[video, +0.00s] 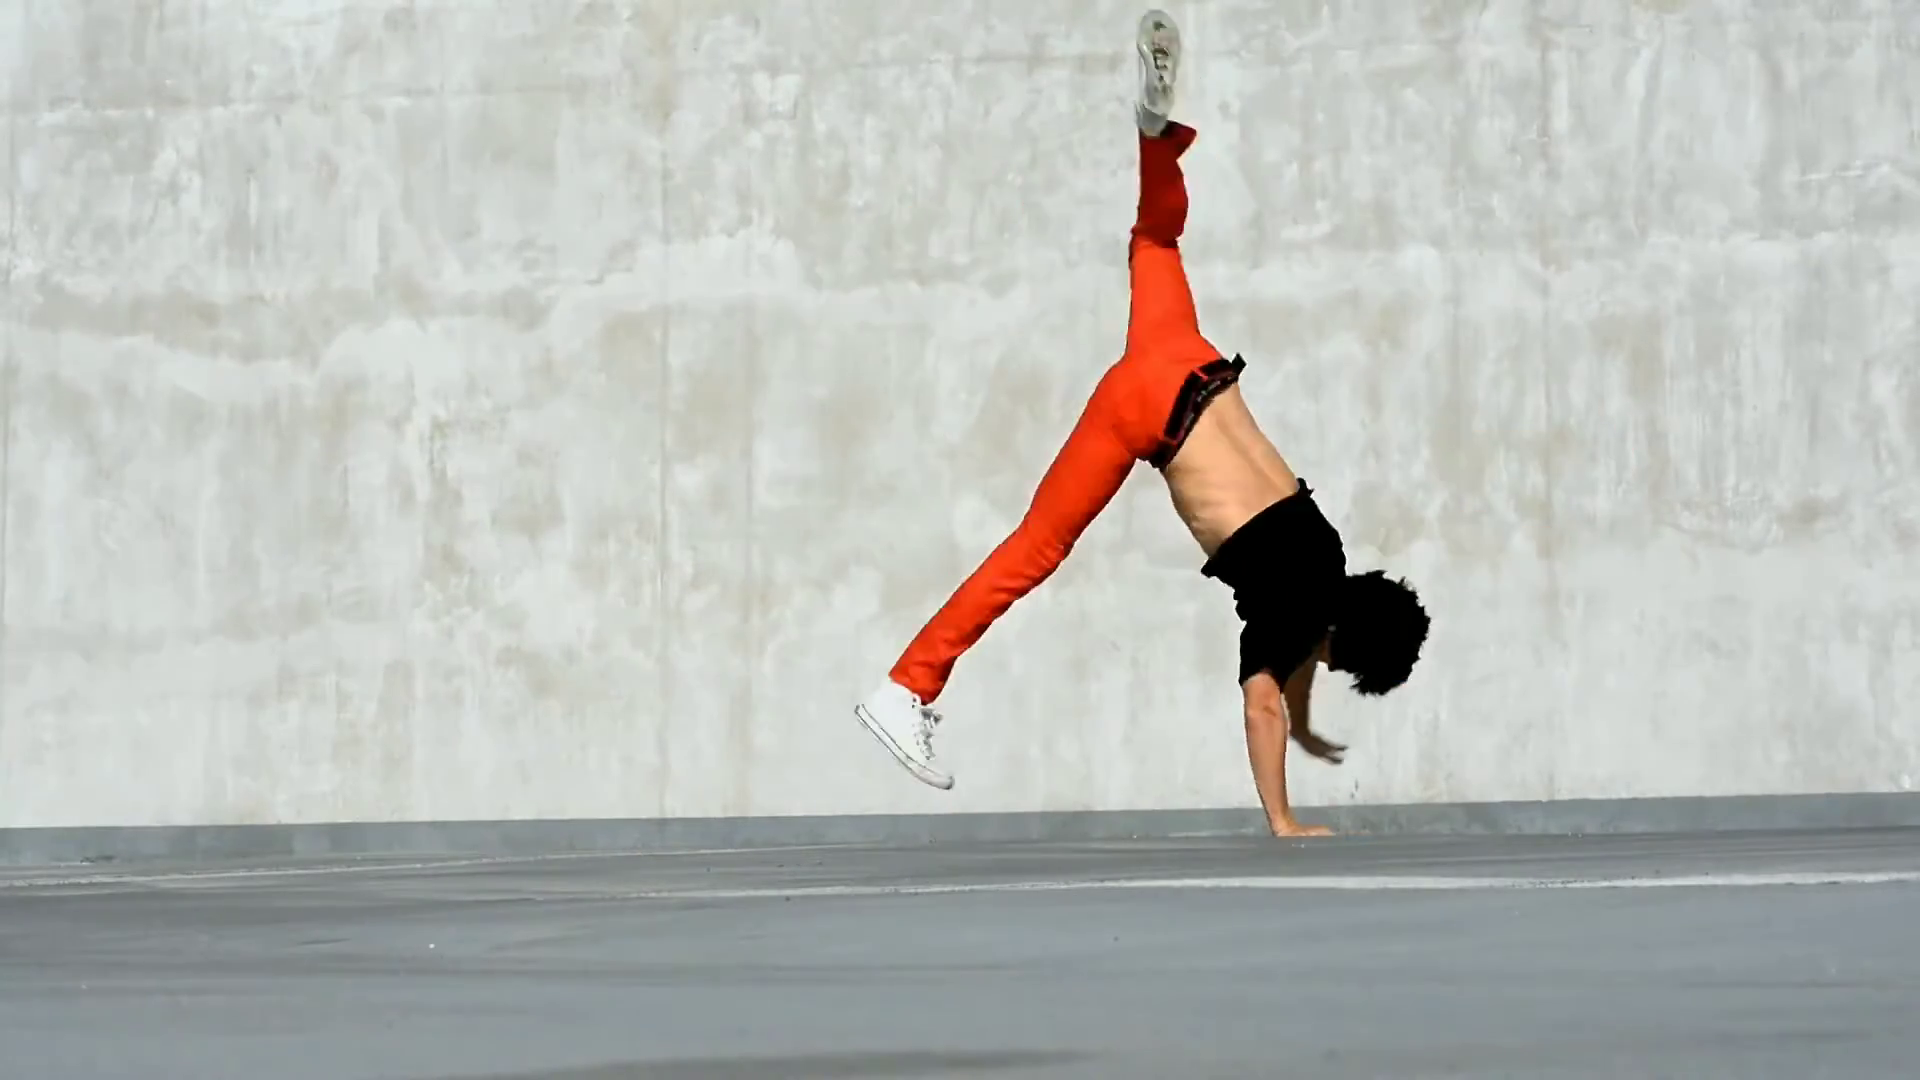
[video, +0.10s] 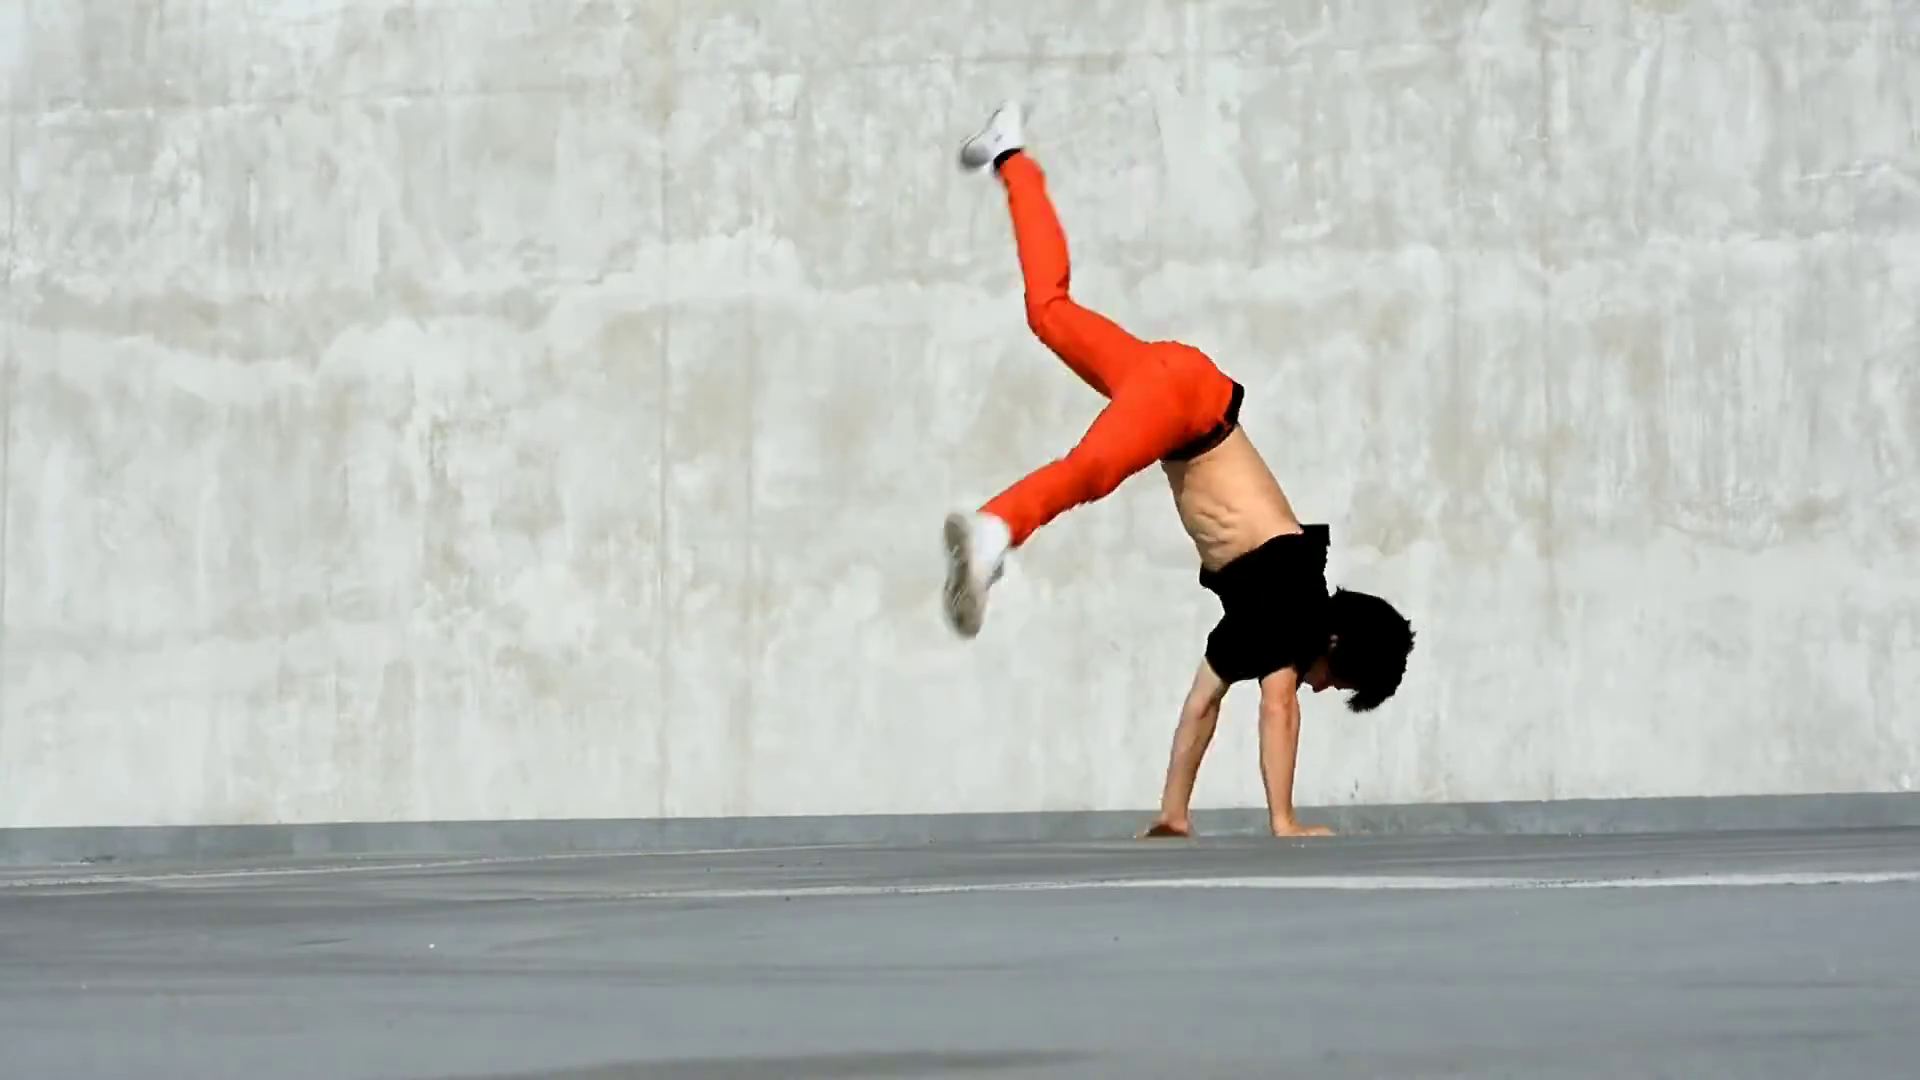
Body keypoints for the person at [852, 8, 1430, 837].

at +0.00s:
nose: (1345, 677)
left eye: (1355, 672)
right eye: (1355, 670)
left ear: (1362, 609)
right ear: (1345, 644)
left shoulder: (1326, 579)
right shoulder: (1282, 613)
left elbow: (1300, 659)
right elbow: (1261, 716)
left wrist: (1303, 728)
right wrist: (1281, 821)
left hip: (1187, 363)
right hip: (1142, 401)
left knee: (1158, 239)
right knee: (1033, 554)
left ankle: (1158, 132)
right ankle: (904, 693)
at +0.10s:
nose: (1323, 691)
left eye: (1338, 689)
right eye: (1339, 684)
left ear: (1329, 641)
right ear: (1338, 651)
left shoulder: (1250, 618)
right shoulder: (1297, 612)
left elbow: (1201, 709)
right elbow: (1279, 707)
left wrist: (1173, 814)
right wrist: (1283, 820)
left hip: (1162, 377)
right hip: (1189, 389)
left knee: (1048, 310)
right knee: (1092, 471)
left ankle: (1012, 160)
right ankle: (994, 527)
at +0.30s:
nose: (1252, 687)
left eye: (1255, 689)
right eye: (1266, 686)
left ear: (1243, 674)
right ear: (1280, 658)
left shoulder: (1155, 635)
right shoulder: (1283, 604)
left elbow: (1150, 731)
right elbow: (1312, 668)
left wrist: (1158, 830)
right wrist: (1324, 764)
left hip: (1076, 400)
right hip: (1158, 384)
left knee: (1007, 526)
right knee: (1252, 300)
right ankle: (1216, 135)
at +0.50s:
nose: (1226, 574)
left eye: (1221, 586)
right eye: (1231, 583)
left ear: (1210, 602)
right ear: (1222, 597)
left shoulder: (1174, 606)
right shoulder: (1170, 557)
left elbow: (1177, 712)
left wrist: (1172, 820)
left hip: (1089, 400)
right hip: (1072, 356)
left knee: (1187, 374)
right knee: (1054, 189)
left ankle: (1240, 305)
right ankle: (900, 176)